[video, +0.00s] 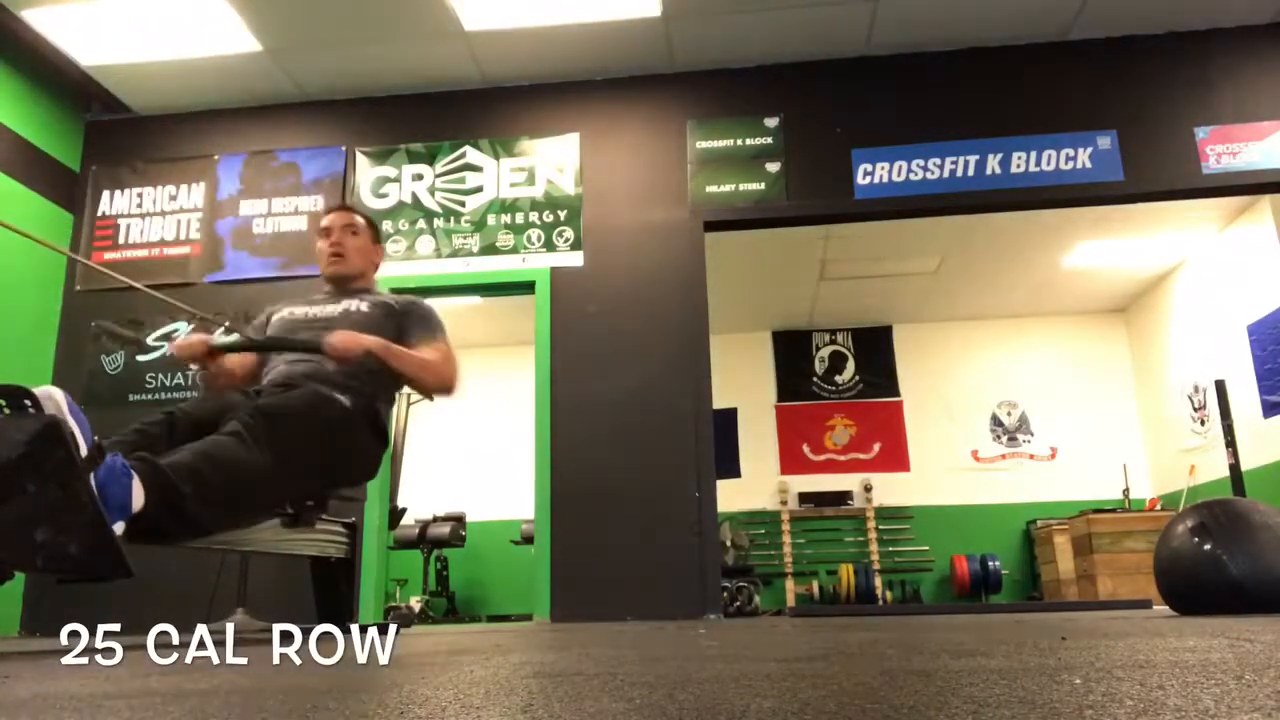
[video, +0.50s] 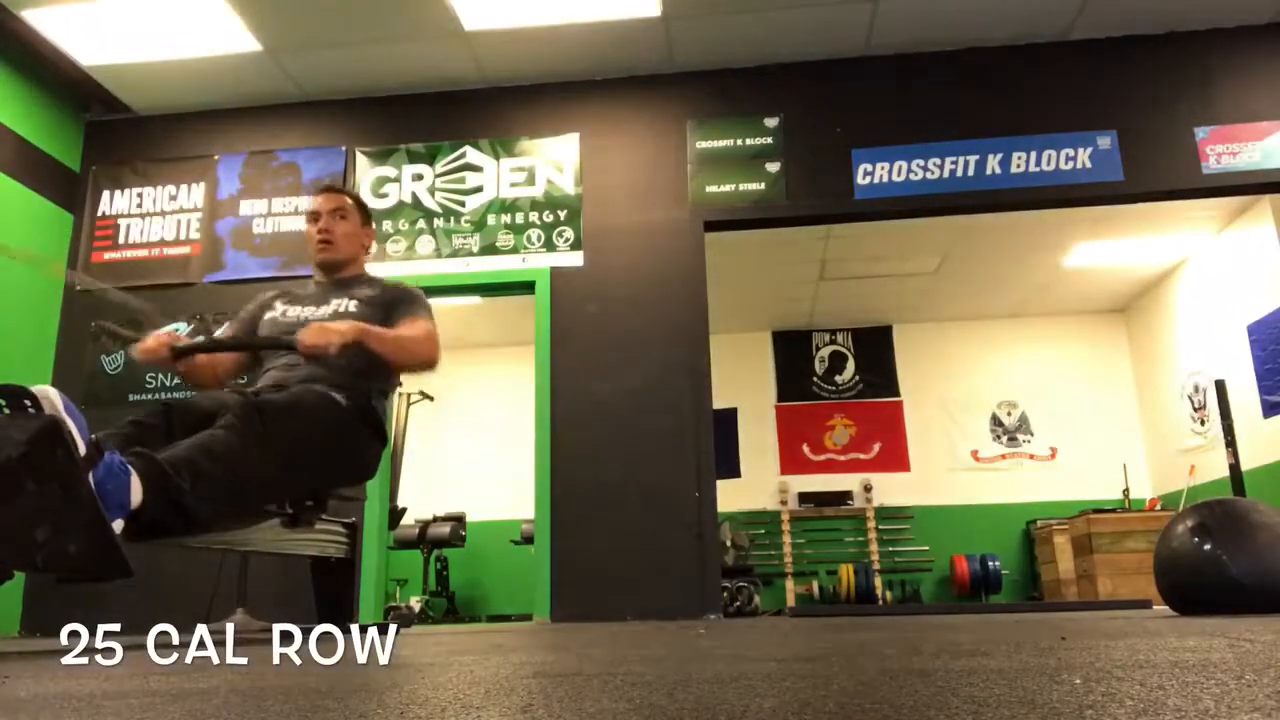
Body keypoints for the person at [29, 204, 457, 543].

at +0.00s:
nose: (333, 239)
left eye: (348, 231)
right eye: (324, 234)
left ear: (376, 252)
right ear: (317, 254)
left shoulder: (403, 309)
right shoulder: (280, 312)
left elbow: (444, 378)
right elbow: (240, 375)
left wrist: (374, 345)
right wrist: (205, 359)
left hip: (343, 410)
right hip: (266, 404)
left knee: (254, 439)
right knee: (178, 423)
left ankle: (127, 495)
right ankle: (98, 462)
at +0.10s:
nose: (335, 241)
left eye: (349, 233)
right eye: (326, 236)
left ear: (378, 255)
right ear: (317, 255)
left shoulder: (408, 315)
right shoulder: (291, 316)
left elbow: (465, 394)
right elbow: (253, 389)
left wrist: (404, 350)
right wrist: (225, 365)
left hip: (346, 410)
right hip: (273, 405)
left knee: (254, 436)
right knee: (177, 420)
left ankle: (130, 494)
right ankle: (95, 472)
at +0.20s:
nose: (334, 243)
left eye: (348, 235)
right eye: (326, 237)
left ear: (377, 254)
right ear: (316, 255)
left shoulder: (409, 316)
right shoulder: (288, 319)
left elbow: (464, 396)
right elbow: (256, 388)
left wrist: (406, 354)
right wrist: (236, 369)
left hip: (346, 409)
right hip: (270, 405)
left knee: (253, 436)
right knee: (176, 420)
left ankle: (129, 493)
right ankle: (95, 474)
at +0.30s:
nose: (333, 243)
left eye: (346, 234)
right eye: (324, 237)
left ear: (375, 252)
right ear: (315, 253)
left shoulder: (407, 315)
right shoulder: (289, 320)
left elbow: (454, 393)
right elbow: (262, 381)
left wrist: (394, 354)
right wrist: (221, 374)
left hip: (343, 411)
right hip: (271, 407)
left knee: (250, 438)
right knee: (176, 421)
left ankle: (127, 493)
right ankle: (91, 473)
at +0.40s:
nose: (329, 237)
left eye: (343, 228)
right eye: (320, 231)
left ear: (374, 246)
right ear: (311, 247)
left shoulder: (401, 308)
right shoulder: (284, 314)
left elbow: (440, 379)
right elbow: (242, 376)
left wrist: (375, 346)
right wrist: (198, 365)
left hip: (341, 408)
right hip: (263, 405)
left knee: (248, 437)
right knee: (165, 424)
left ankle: (130, 489)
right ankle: (88, 468)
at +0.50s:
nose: (323, 226)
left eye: (338, 216)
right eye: (315, 219)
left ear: (368, 236)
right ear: (307, 236)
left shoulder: (392, 296)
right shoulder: (277, 301)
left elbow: (425, 351)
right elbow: (220, 368)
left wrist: (359, 331)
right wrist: (176, 355)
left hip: (342, 410)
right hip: (260, 403)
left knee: (251, 428)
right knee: (172, 420)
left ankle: (130, 489)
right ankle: (94, 458)